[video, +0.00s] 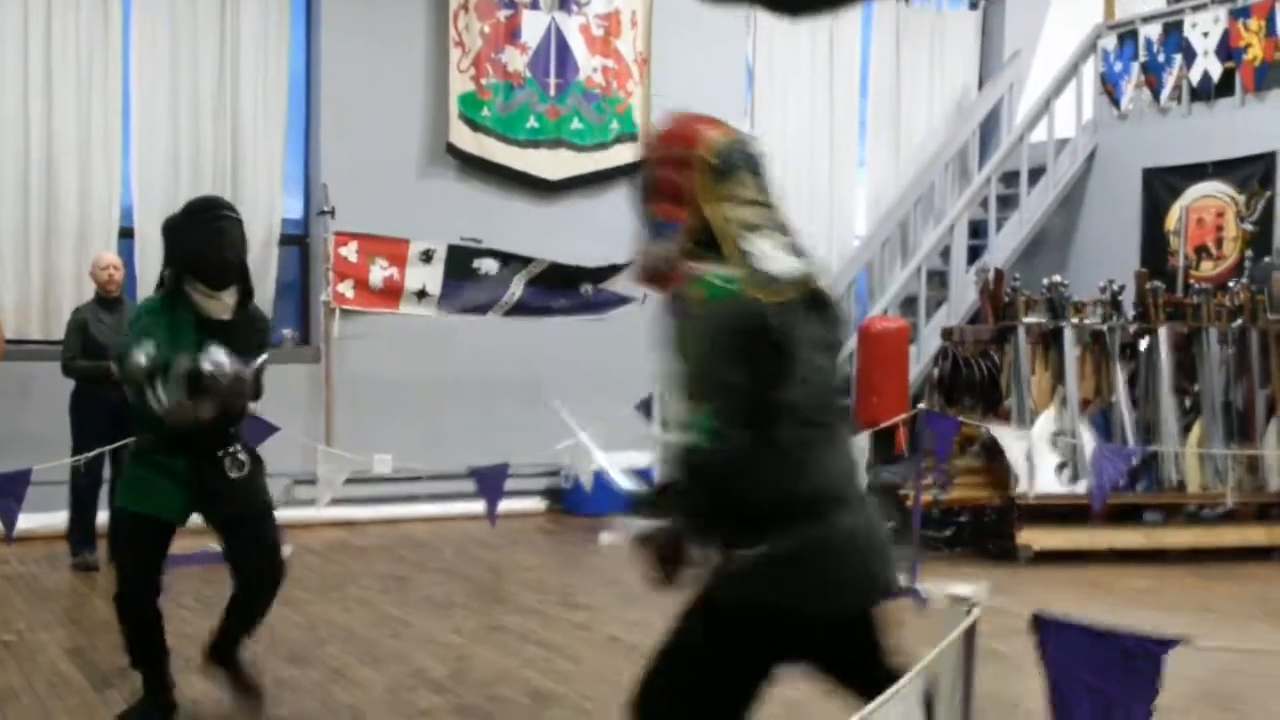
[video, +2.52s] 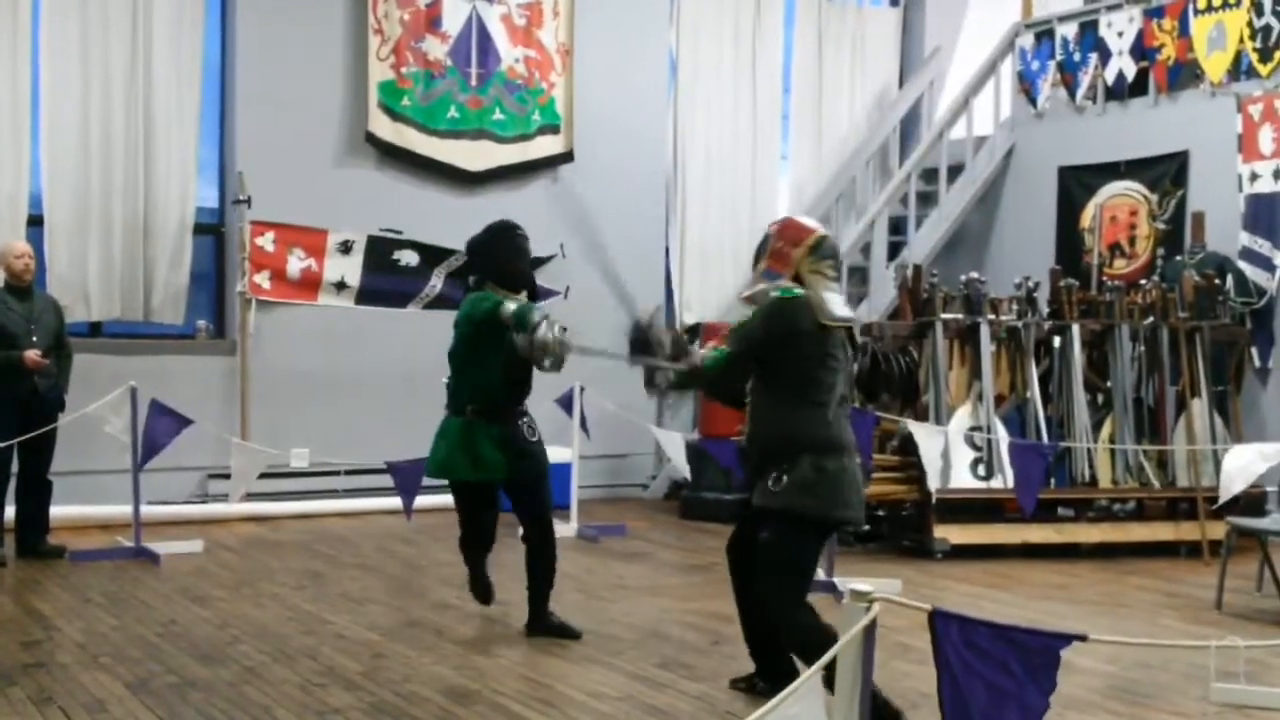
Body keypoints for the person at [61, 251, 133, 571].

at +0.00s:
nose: (111, 274)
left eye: (116, 268)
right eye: (105, 269)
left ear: (124, 273)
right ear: (93, 275)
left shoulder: (135, 315)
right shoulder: (82, 317)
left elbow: (147, 352)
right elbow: (69, 364)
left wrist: (133, 370)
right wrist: (108, 368)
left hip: (129, 406)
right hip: (91, 406)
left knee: (126, 478)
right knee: (87, 478)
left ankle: (123, 549)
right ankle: (83, 548)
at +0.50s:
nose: (100, 269)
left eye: (105, 264)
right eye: (94, 263)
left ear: (111, 269)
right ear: (81, 270)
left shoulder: (125, 311)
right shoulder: (69, 311)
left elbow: (137, 359)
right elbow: (54, 360)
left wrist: (130, 396)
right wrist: (93, 361)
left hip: (117, 404)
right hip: (77, 404)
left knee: (111, 477)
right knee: (70, 475)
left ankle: (108, 542)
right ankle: (66, 546)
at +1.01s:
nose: (35, 264)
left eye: (40, 258)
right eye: (28, 258)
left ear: (46, 265)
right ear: (14, 266)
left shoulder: (61, 307)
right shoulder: (6, 306)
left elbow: (75, 352)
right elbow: (2, 354)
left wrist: (70, 389)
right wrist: (29, 359)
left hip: (53, 404)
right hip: (13, 405)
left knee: (49, 478)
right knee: (10, 477)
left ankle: (46, 542)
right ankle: (6, 544)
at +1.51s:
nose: (33, 263)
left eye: (37, 257)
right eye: (25, 257)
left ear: (43, 264)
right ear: (11, 265)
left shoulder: (58, 306)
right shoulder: (4, 305)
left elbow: (73, 352)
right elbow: (1, 352)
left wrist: (67, 391)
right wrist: (25, 357)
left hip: (50, 404)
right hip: (10, 404)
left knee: (45, 478)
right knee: (6, 477)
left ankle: (42, 542)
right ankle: (4, 544)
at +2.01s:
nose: (25, 262)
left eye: (29, 256)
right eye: (18, 256)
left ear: (34, 263)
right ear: (3, 264)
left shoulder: (47, 304)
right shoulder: (2, 302)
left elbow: (62, 350)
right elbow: (1, 351)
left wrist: (58, 391)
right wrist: (18, 356)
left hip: (40, 402)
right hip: (5, 402)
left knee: (36, 475)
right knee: (2, 475)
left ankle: (32, 541)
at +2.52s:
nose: (27, 262)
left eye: (30, 256)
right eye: (19, 257)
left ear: (36, 263)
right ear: (5, 265)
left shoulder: (49, 305)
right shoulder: (2, 303)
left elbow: (63, 350)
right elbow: (0, 353)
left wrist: (59, 390)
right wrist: (19, 357)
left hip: (41, 402)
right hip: (5, 402)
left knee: (36, 475)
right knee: (2, 475)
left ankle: (32, 541)